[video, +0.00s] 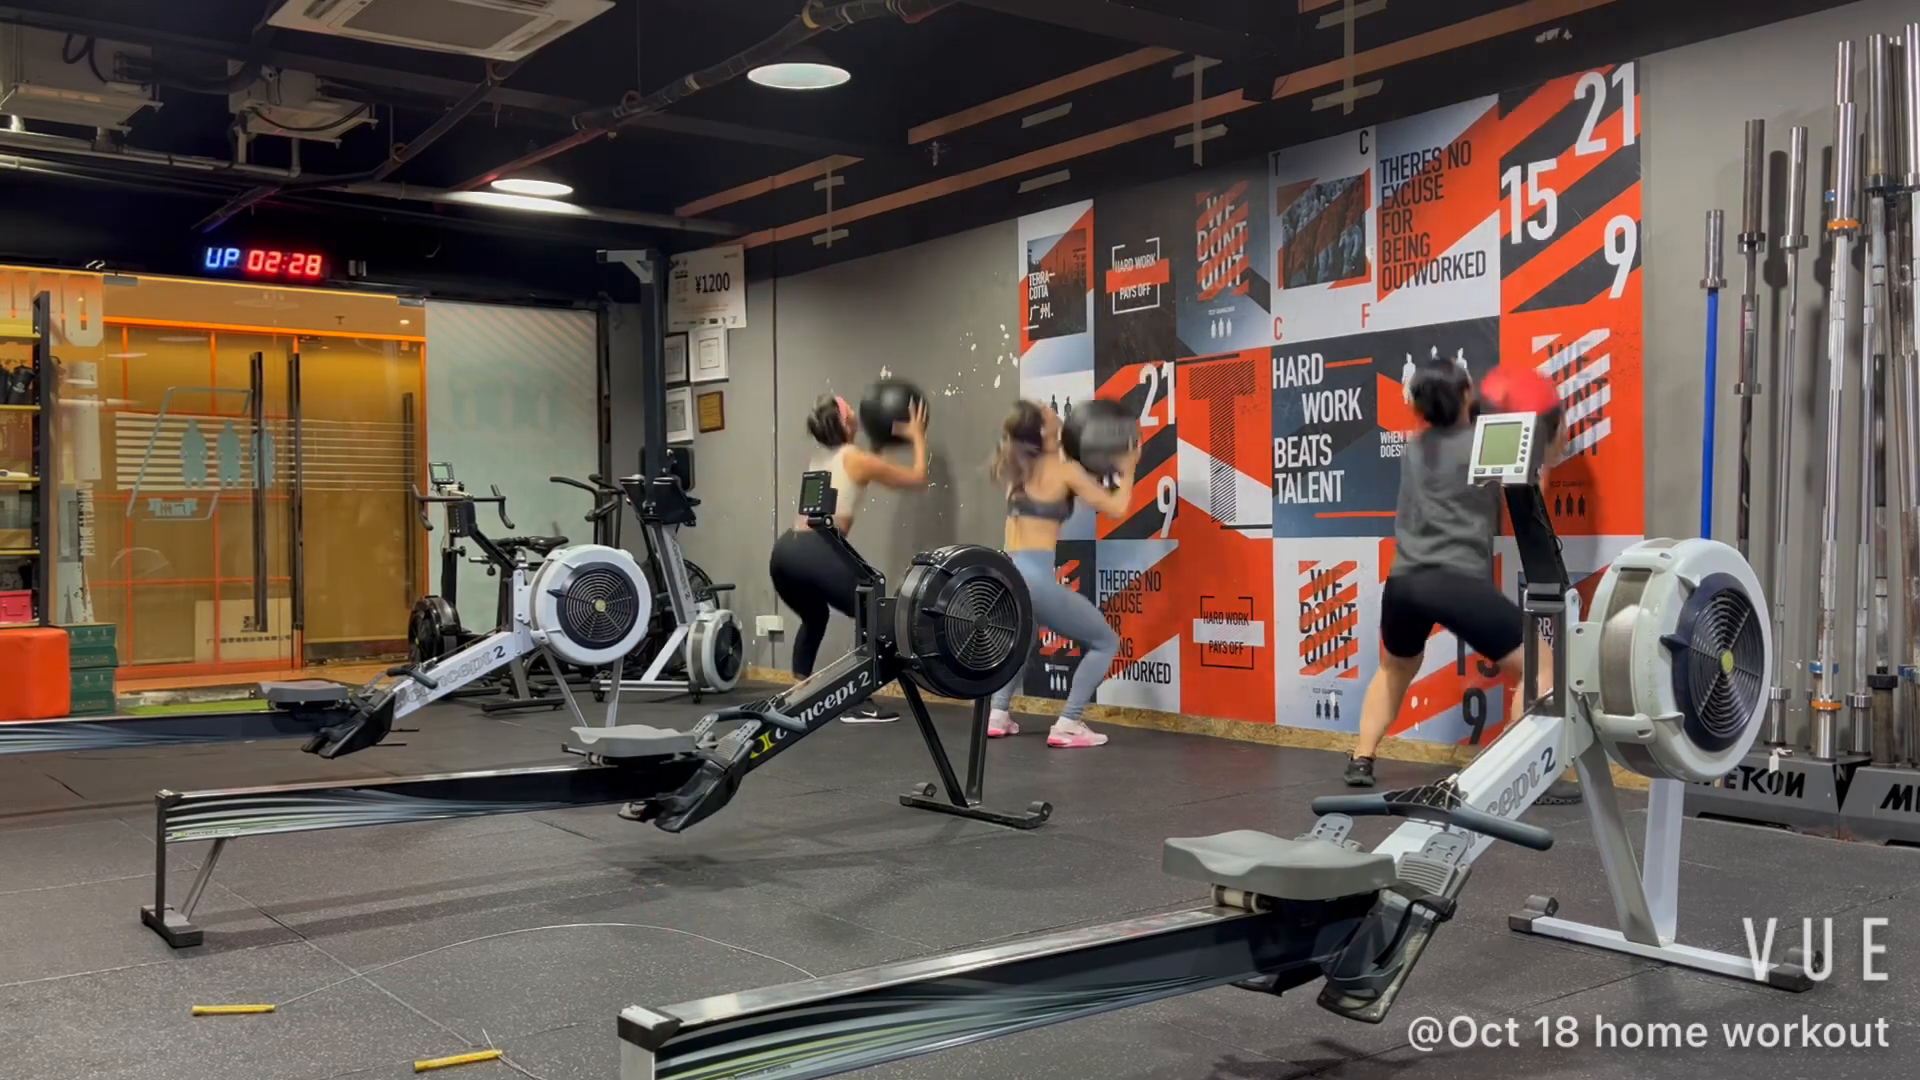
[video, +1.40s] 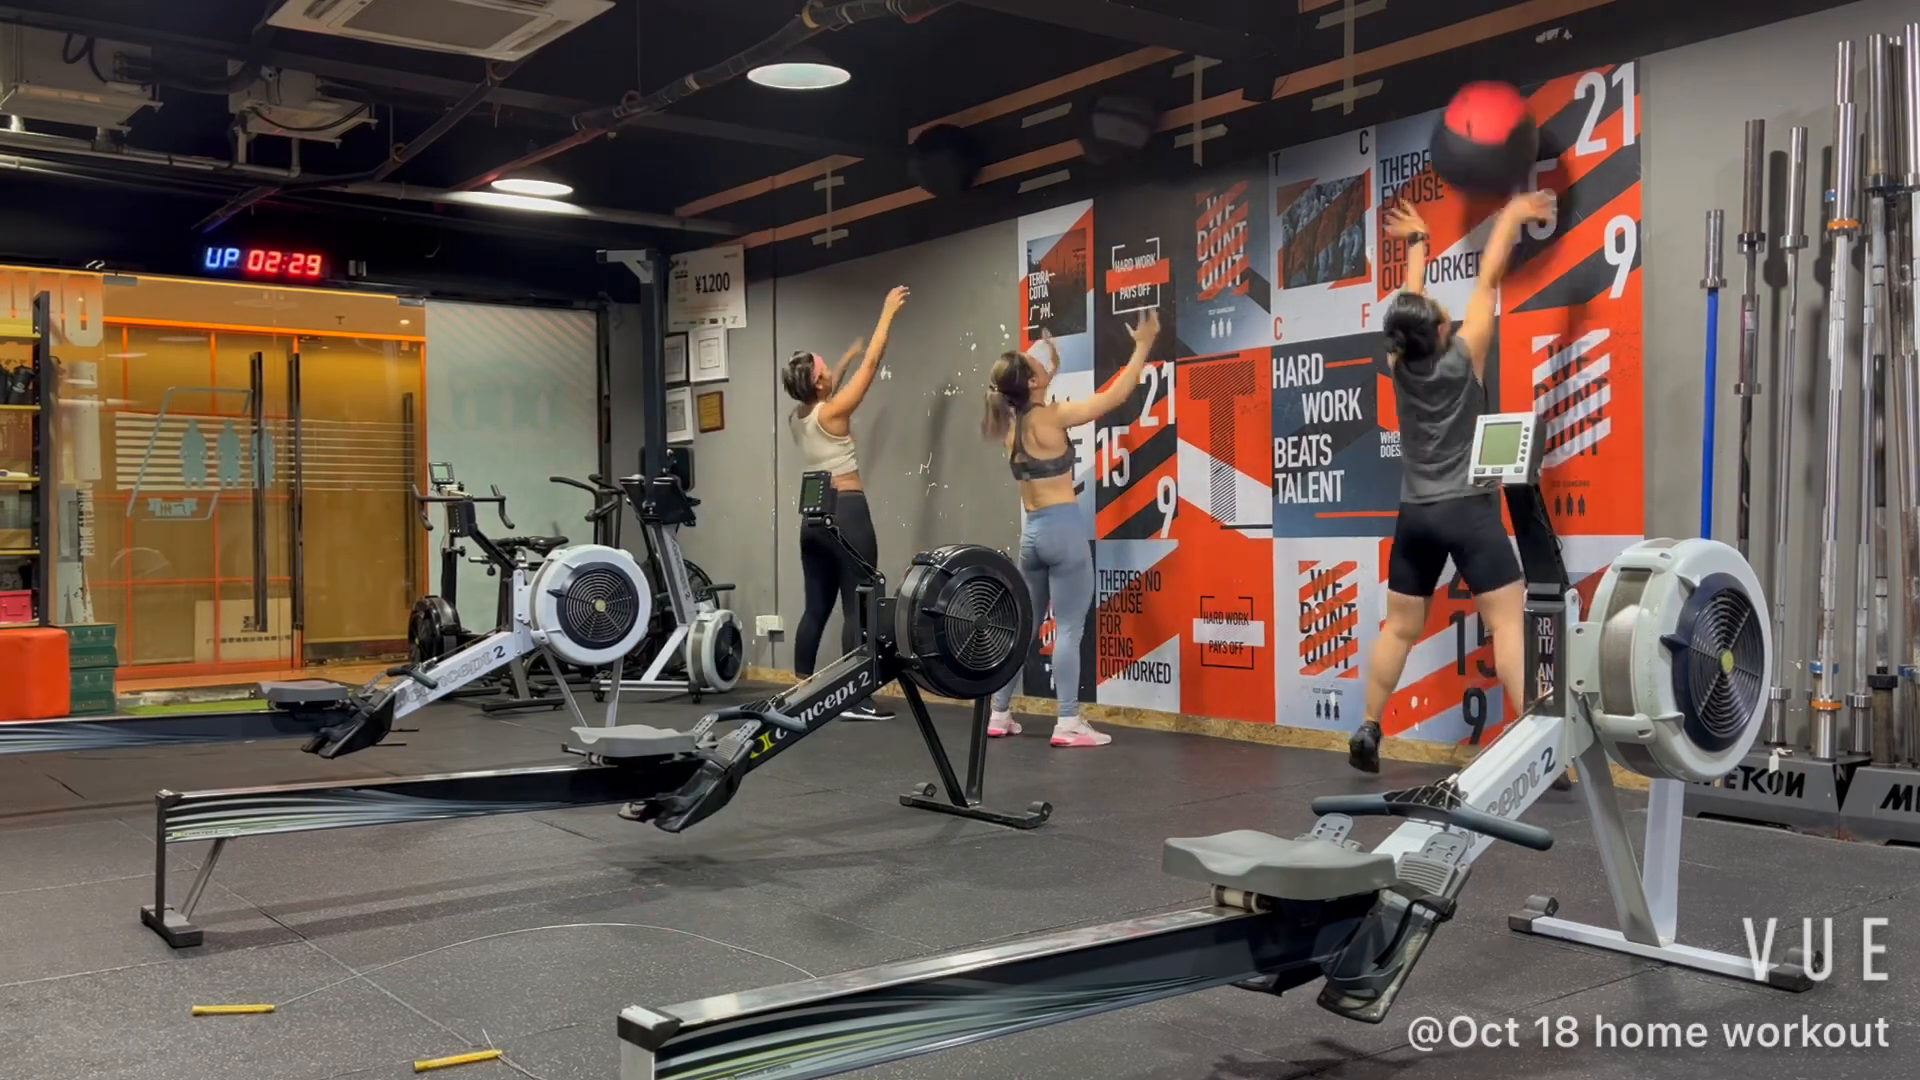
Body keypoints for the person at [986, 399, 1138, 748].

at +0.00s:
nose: (1057, 417)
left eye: (1052, 412)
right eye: (1051, 416)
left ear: (1026, 436)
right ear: (1046, 435)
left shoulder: (1017, 465)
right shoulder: (1064, 469)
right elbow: (1118, 507)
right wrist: (1129, 469)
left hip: (1006, 571)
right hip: (1035, 577)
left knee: (1020, 638)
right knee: (1105, 641)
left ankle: (997, 714)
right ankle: (1068, 724)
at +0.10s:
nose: (1059, 450)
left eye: (1054, 448)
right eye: (1054, 452)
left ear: (1027, 472)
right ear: (1048, 470)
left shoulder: (1019, 503)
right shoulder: (1066, 508)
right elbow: (1115, 554)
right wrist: (1124, 513)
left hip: (1001, 606)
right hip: (1034, 613)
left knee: (1022, 640)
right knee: (1115, 650)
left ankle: (997, 715)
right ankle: (1069, 724)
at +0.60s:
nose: (1055, 430)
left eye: (1048, 428)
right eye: (1049, 432)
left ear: (1027, 456)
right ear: (1046, 451)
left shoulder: (1022, 483)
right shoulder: (1069, 485)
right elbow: (1122, 524)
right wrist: (1122, 488)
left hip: (1005, 582)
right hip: (1038, 589)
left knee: (1033, 644)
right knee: (1106, 648)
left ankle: (999, 715)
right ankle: (1069, 724)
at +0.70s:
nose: (1052, 395)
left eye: (1046, 392)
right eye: (1046, 395)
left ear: (1025, 417)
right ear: (1042, 411)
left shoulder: (1020, 447)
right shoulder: (1067, 443)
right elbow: (1124, 475)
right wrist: (1123, 439)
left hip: (1014, 553)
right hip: (1045, 557)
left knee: (1022, 635)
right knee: (1102, 638)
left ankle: (1001, 711)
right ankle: (1069, 722)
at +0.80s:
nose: (1045, 359)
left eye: (1040, 357)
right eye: (1040, 358)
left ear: (1017, 381)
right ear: (1039, 373)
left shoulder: (1019, 412)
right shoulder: (1066, 403)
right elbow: (1128, 409)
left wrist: (1059, 371)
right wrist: (1126, 369)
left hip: (1025, 514)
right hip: (1056, 516)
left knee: (1019, 612)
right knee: (1087, 614)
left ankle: (1002, 694)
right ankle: (1074, 709)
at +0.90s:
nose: (1042, 340)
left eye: (1038, 338)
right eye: (1038, 340)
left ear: (1013, 363)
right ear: (1038, 355)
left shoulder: (1018, 388)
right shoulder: (1065, 383)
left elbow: (1040, 344)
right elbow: (1110, 346)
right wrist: (1127, 297)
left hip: (1030, 497)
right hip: (1063, 498)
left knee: (1022, 601)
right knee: (1077, 605)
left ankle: (1007, 688)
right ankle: (1079, 699)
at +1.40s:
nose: (1043, 371)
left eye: (1040, 367)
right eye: (1038, 368)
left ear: (1013, 389)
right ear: (1032, 383)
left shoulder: (1014, 421)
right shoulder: (1055, 415)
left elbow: (1036, 403)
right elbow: (1115, 397)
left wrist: (1049, 373)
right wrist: (1143, 347)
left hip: (1032, 526)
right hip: (1064, 525)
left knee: (1021, 622)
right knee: (1069, 628)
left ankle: (999, 713)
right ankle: (1069, 722)